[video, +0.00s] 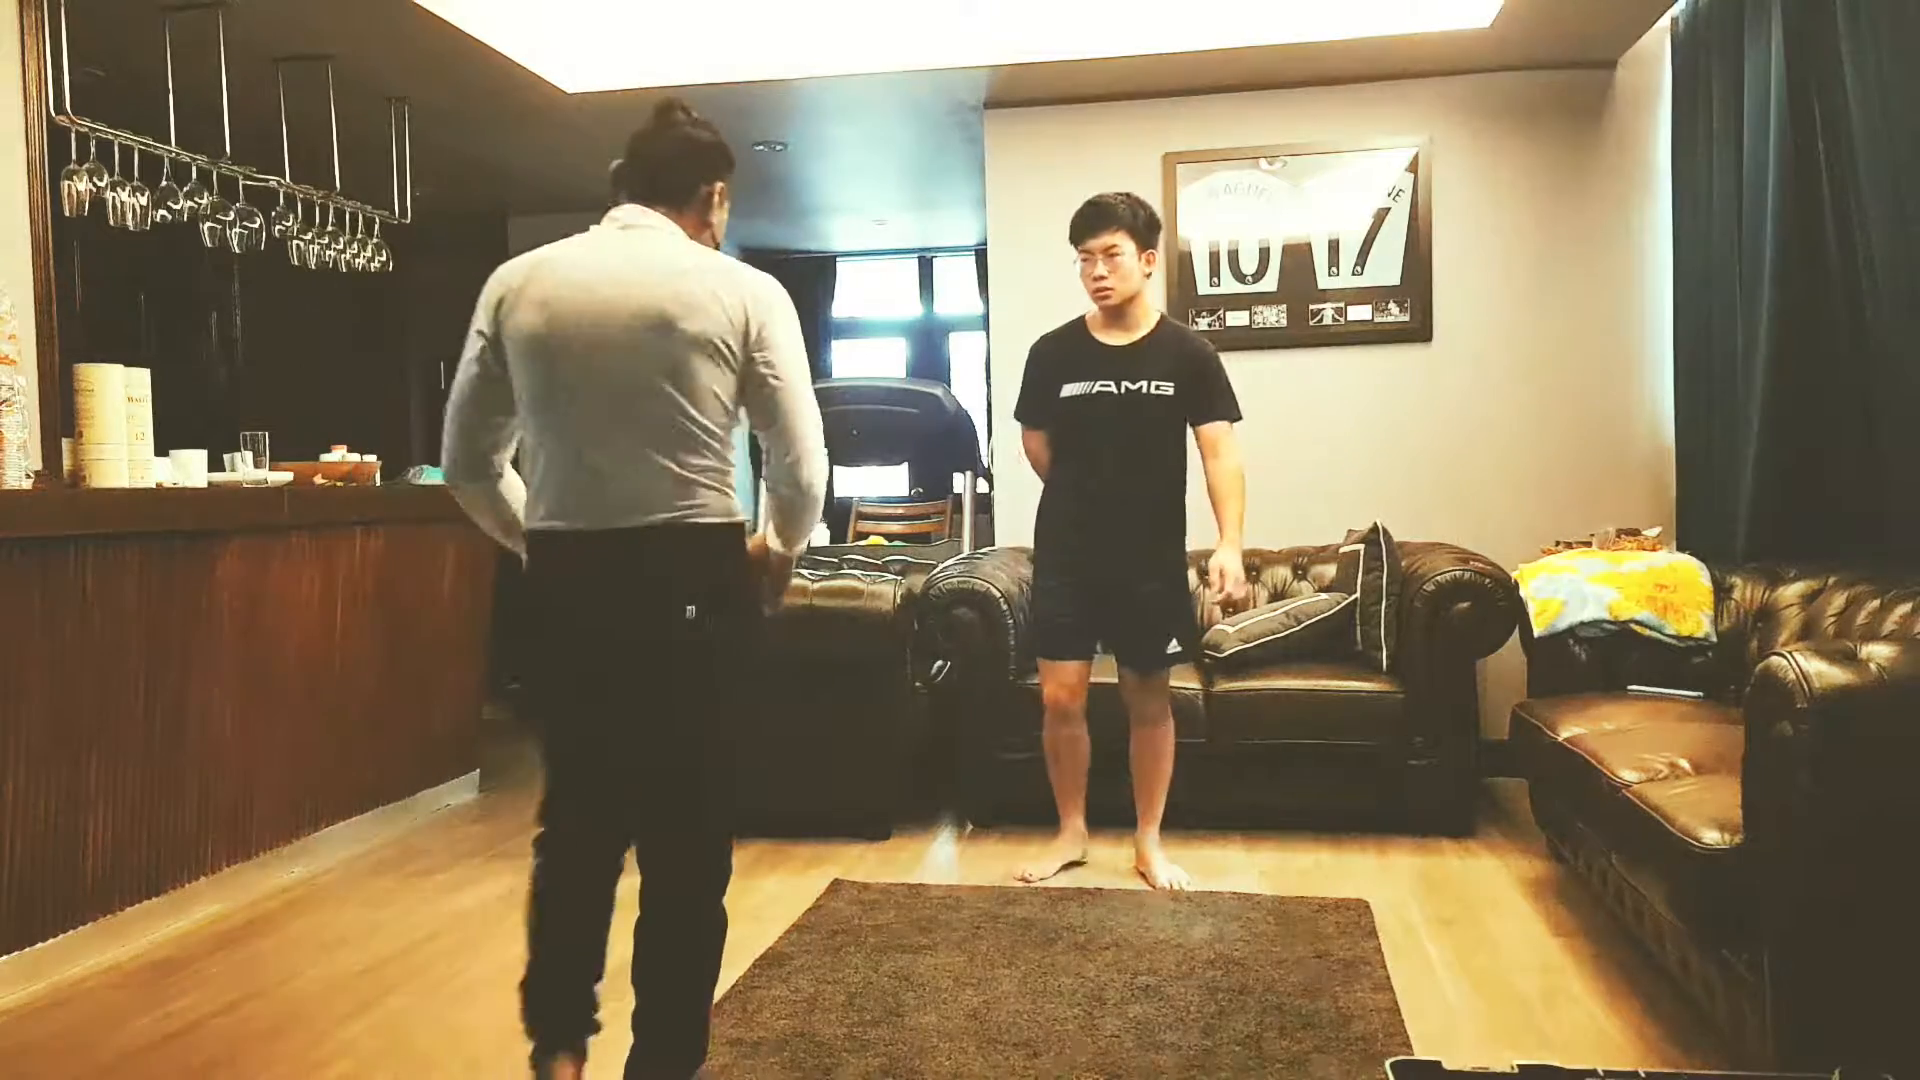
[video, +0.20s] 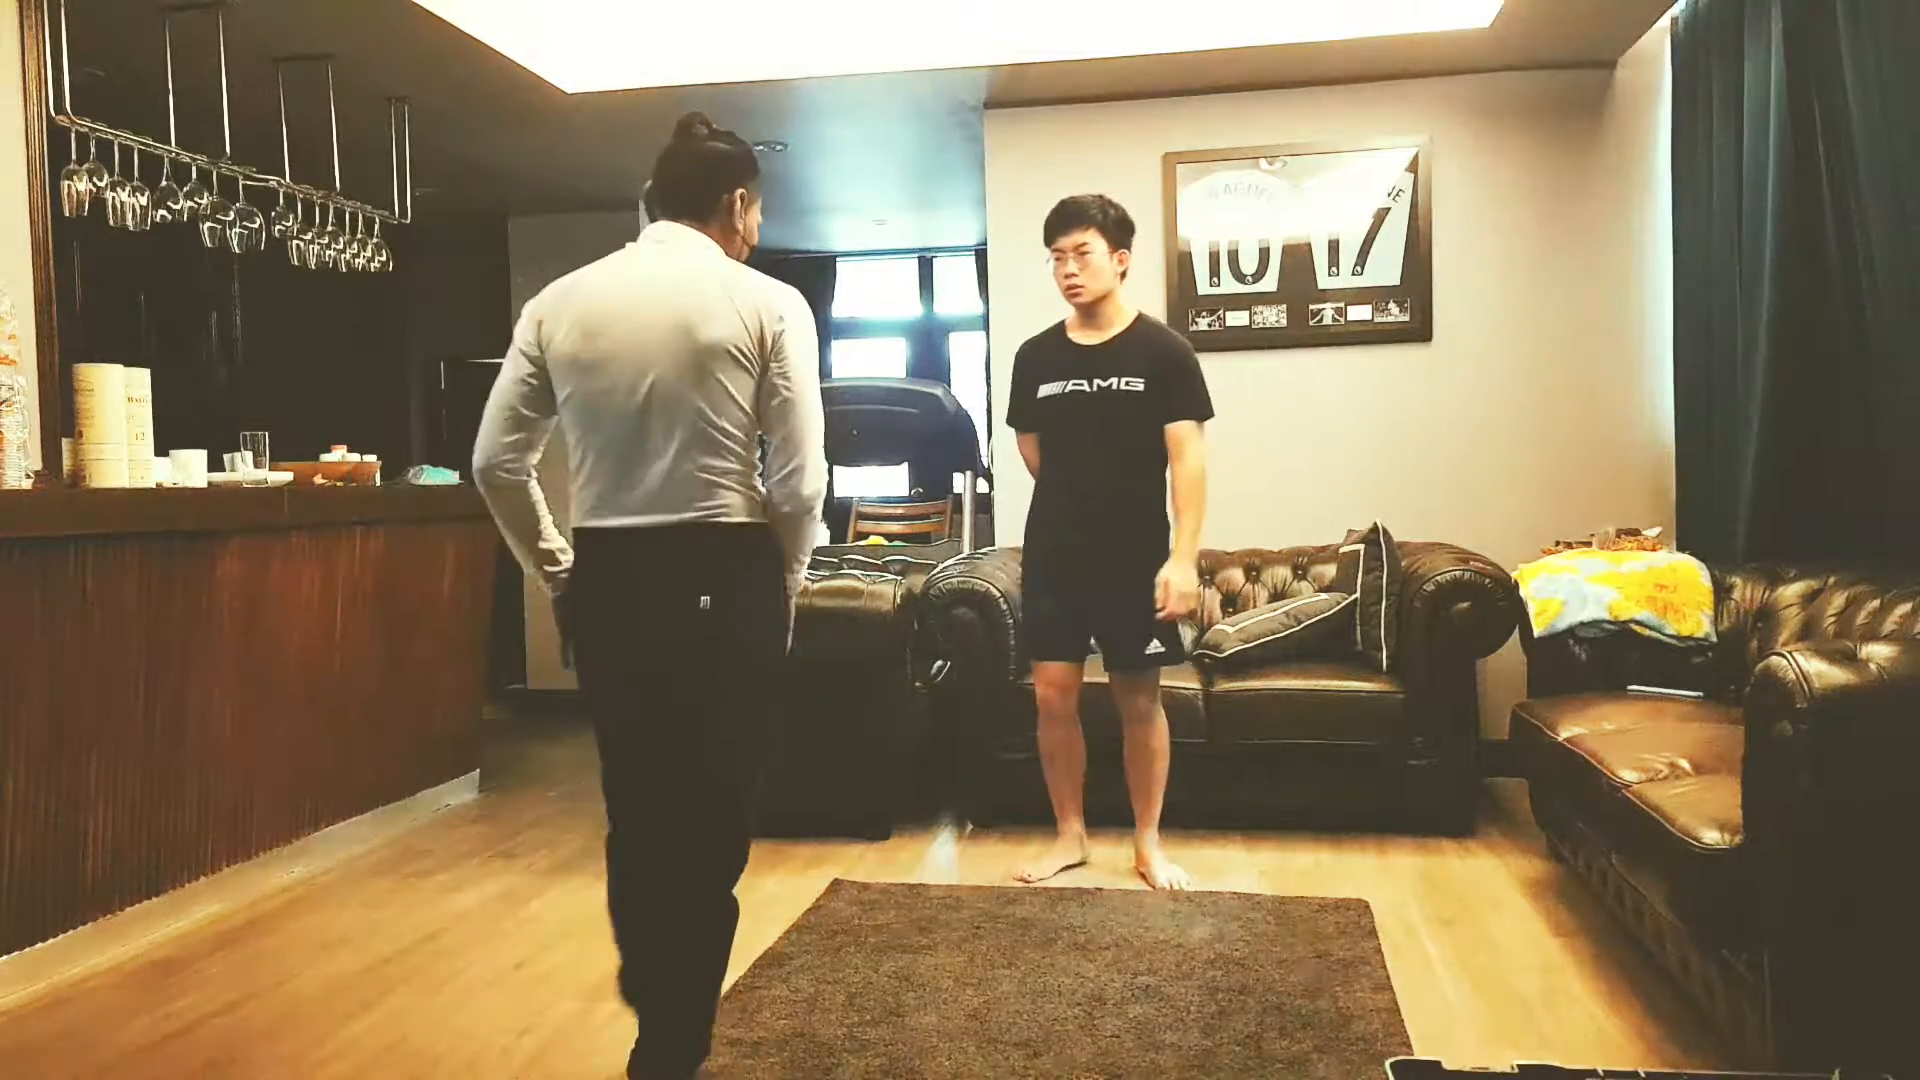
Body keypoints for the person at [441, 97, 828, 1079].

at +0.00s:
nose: (726, 229)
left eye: (724, 210)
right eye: (724, 210)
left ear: (619, 194)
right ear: (703, 202)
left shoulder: (516, 282)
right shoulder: (743, 290)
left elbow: (469, 465)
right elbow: (803, 473)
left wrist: (546, 542)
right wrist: (779, 550)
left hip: (562, 582)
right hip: (691, 581)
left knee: (577, 820)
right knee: (687, 839)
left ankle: (557, 1053)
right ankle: (666, 1063)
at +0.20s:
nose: (756, 229)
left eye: (754, 211)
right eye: (754, 211)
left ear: (658, 206)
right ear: (732, 206)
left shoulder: (557, 304)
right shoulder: (767, 303)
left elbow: (497, 462)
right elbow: (798, 483)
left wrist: (559, 566)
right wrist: (784, 584)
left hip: (604, 582)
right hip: (725, 577)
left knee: (634, 801)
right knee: (712, 817)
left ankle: (651, 997)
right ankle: (665, 1059)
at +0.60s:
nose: (794, 241)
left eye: (792, 225)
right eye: (788, 226)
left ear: (708, 229)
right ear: (756, 226)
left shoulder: (646, 319)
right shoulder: (779, 310)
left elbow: (603, 473)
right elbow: (794, 465)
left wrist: (673, 537)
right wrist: (840, 567)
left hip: (658, 574)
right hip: (752, 575)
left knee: (676, 794)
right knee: (820, 795)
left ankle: (705, 994)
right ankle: (693, 1005)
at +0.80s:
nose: (813, 249)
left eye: (813, 233)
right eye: (808, 232)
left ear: (743, 229)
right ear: (775, 227)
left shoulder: (695, 308)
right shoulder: (766, 311)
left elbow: (725, 465)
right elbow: (789, 460)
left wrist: (821, 510)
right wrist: (860, 442)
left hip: (703, 560)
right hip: (755, 564)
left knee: (731, 779)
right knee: (787, 784)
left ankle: (727, 988)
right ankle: (739, 1006)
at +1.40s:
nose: (852, 270)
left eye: (847, 256)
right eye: (845, 257)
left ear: (776, 268)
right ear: (823, 264)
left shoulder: (732, 349)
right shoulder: (825, 351)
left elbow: (776, 448)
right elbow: (900, 450)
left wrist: (869, 387)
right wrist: (919, 377)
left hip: (761, 549)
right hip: (827, 551)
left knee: (801, 725)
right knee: (841, 745)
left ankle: (798, 885)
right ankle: (763, 958)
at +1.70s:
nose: (864, 281)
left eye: (858, 268)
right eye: (860, 269)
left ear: (786, 280)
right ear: (845, 275)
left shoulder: (735, 348)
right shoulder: (883, 348)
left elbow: (713, 457)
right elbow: (968, 446)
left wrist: (779, 433)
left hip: (769, 549)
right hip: (855, 543)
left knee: (784, 721)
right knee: (890, 715)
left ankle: (785, 914)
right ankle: (839, 897)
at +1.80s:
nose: (882, 293)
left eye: (878, 281)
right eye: (878, 282)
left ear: (806, 288)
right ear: (865, 285)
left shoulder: (754, 350)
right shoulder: (890, 363)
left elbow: (793, 435)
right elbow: (960, 477)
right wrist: (992, 569)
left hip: (768, 546)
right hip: (851, 547)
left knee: (785, 719)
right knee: (911, 715)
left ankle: (786, 909)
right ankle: (899, 896)